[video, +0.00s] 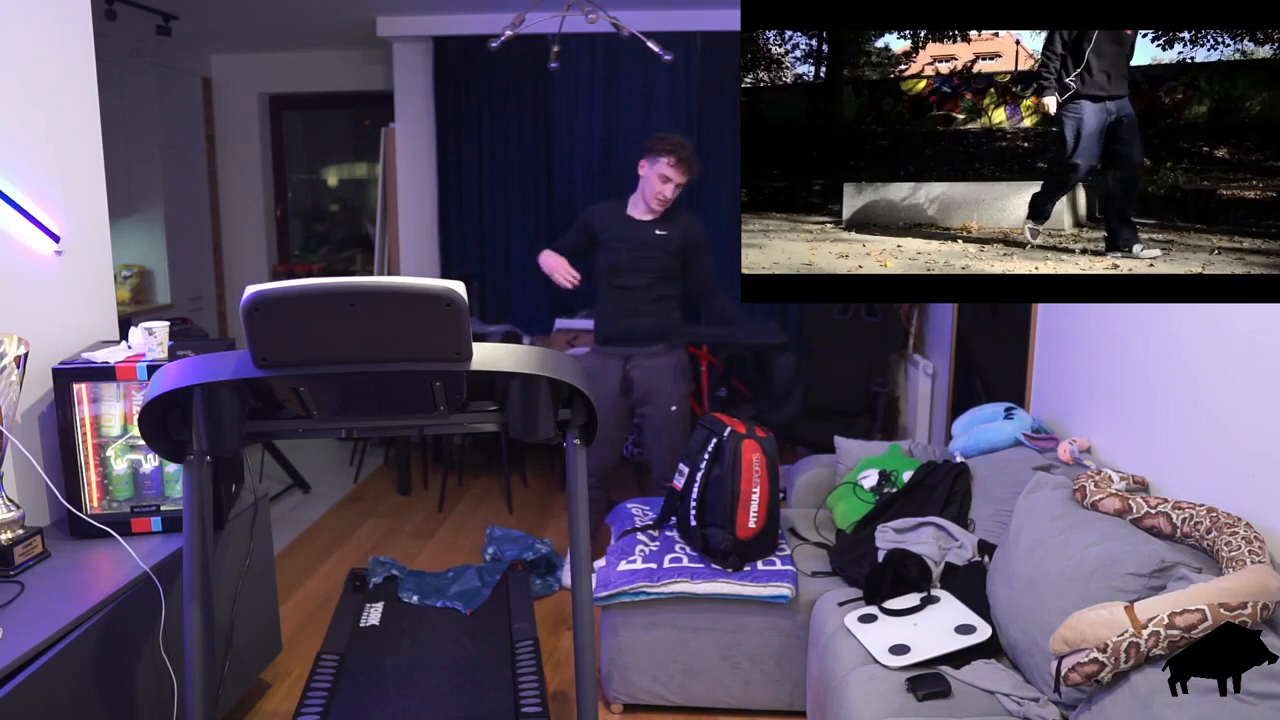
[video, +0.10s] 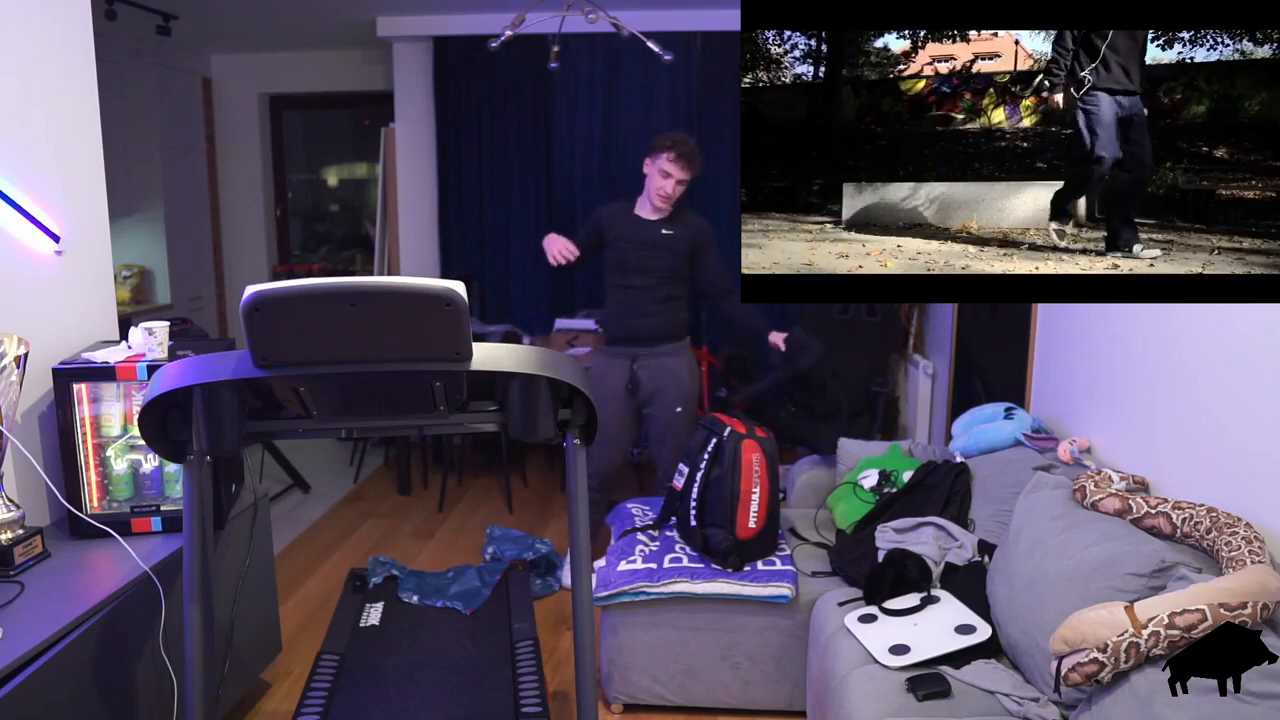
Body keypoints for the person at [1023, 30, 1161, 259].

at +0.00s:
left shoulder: (1129, 33)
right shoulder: (1068, 31)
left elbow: (1123, 57)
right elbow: (1053, 47)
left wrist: (1118, 93)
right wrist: (1048, 90)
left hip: (1119, 98)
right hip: (1082, 97)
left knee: (1126, 171)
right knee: (1077, 166)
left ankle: (1121, 242)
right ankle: (1038, 211)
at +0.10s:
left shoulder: (1140, 33)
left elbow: (1138, 53)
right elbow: (1065, 40)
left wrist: (1137, 95)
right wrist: (1056, 85)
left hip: (1130, 91)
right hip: (1095, 88)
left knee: (1135, 168)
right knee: (1103, 156)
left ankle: (1121, 241)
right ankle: (1061, 206)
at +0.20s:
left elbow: (1148, 49)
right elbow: (1071, 40)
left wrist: (1155, 90)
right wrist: (1061, 83)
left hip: (1137, 87)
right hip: (1102, 83)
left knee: (1139, 164)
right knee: (1120, 152)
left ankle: (1122, 241)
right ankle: (1077, 215)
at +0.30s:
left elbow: (1165, 44)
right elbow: (1084, 37)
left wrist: (1181, 74)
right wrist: (1069, 77)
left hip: (1150, 82)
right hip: (1118, 76)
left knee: (1147, 153)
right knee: (1143, 143)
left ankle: (1129, 236)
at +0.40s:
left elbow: (1179, 40)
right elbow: (1092, 35)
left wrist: (1197, 61)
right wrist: (1076, 72)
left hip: (1157, 78)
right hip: (1123, 69)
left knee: (1140, 156)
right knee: (1156, 140)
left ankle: (1121, 241)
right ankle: (1150, 237)